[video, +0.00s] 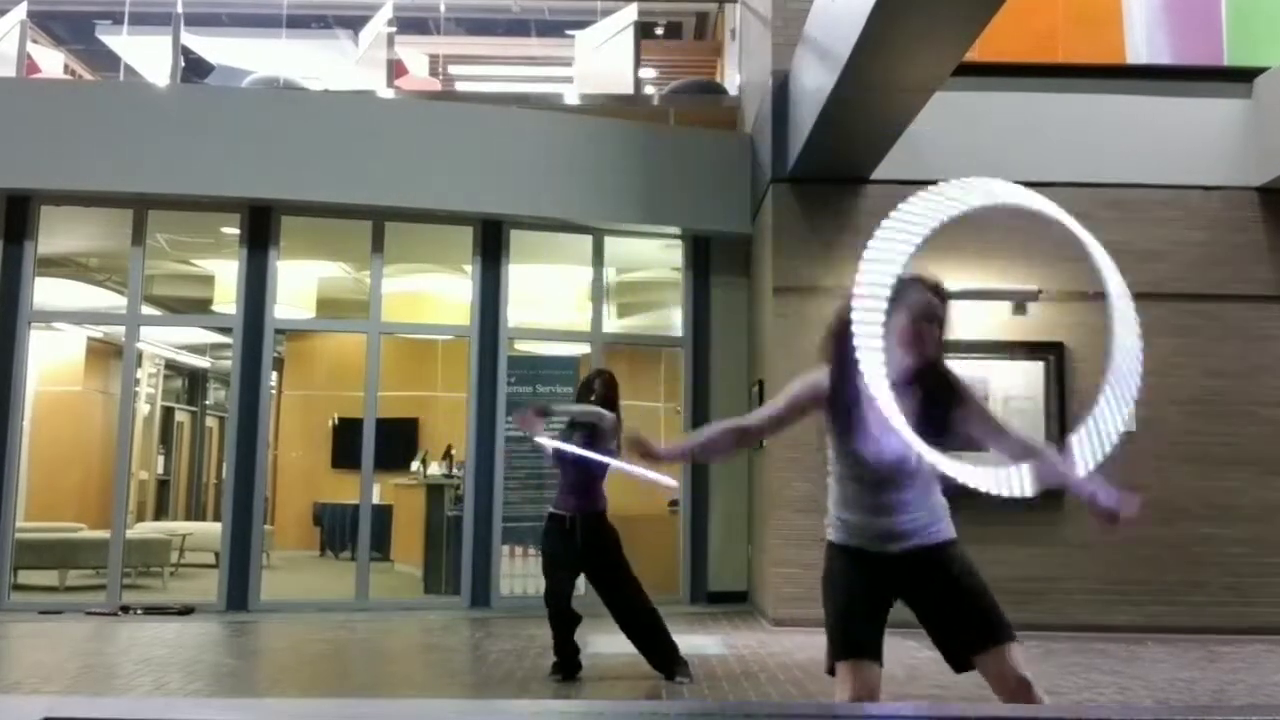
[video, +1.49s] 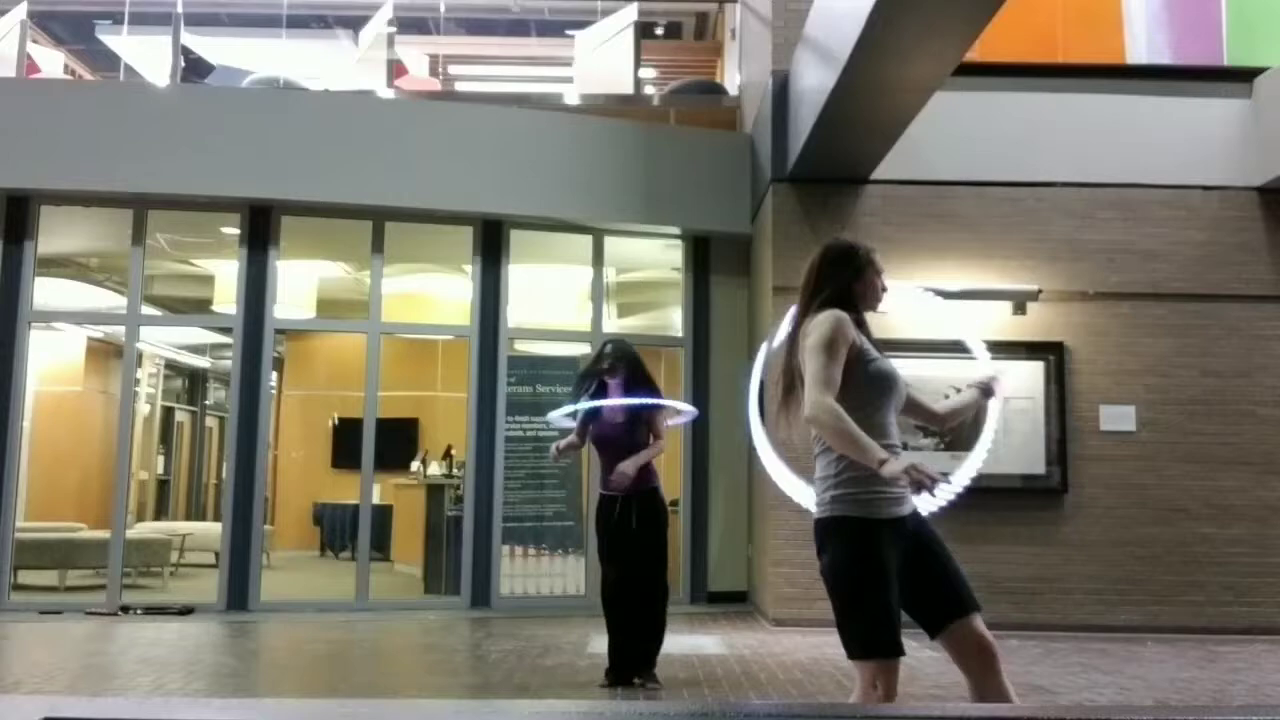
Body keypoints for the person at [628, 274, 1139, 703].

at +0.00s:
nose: (921, 334)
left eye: (932, 324)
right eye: (912, 319)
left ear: (941, 333)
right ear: (882, 322)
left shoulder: (944, 393)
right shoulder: (835, 383)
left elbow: (1018, 447)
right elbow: (751, 429)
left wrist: (1094, 490)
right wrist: (671, 454)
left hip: (931, 548)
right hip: (855, 552)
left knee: (1008, 679)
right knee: (859, 688)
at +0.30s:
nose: (1063, 329)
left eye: (1074, 322)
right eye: (1062, 313)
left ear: (1078, 322)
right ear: (1038, 294)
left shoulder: (1046, 367)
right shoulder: (945, 327)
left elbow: (1072, 463)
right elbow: (865, 382)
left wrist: (1110, 545)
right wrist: (793, 427)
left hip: (971, 523)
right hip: (891, 513)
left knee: (1015, 681)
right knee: (867, 675)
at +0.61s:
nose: (1030, 317)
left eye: (1042, 309)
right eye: (1032, 300)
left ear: (1041, 311)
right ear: (1008, 282)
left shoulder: (1029, 357)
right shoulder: (925, 322)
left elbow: (1057, 451)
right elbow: (861, 388)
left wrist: (1141, 478)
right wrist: (816, 433)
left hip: (971, 529)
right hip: (897, 520)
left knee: (1028, 687)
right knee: (885, 691)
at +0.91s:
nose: (954, 311)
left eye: (954, 302)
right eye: (944, 301)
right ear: (913, 307)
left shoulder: (942, 390)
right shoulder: (871, 342)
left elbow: (1002, 439)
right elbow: (822, 412)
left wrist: (1073, 414)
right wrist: (845, 444)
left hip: (937, 539)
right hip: (872, 538)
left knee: (1009, 683)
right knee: (887, 695)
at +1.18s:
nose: (901, 310)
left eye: (898, 299)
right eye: (892, 299)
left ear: (873, 310)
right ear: (866, 307)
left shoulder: (887, 381)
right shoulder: (838, 343)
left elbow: (945, 456)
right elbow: (812, 417)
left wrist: (966, 422)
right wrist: (863, 461)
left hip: (918, 539)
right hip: (864, 543)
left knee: (991, 672)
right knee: (896, 694)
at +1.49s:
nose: (884, 283)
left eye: (881, 273)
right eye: (875, 273)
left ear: (851, 281)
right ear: (851, 279)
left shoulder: (860, 347)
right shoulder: (829, 322)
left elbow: (938, 416)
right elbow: (818, 407)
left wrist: (981, 391)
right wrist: (885, 462)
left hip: (899, 520)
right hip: (853, 524)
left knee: (980, 652)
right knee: (877, 685)